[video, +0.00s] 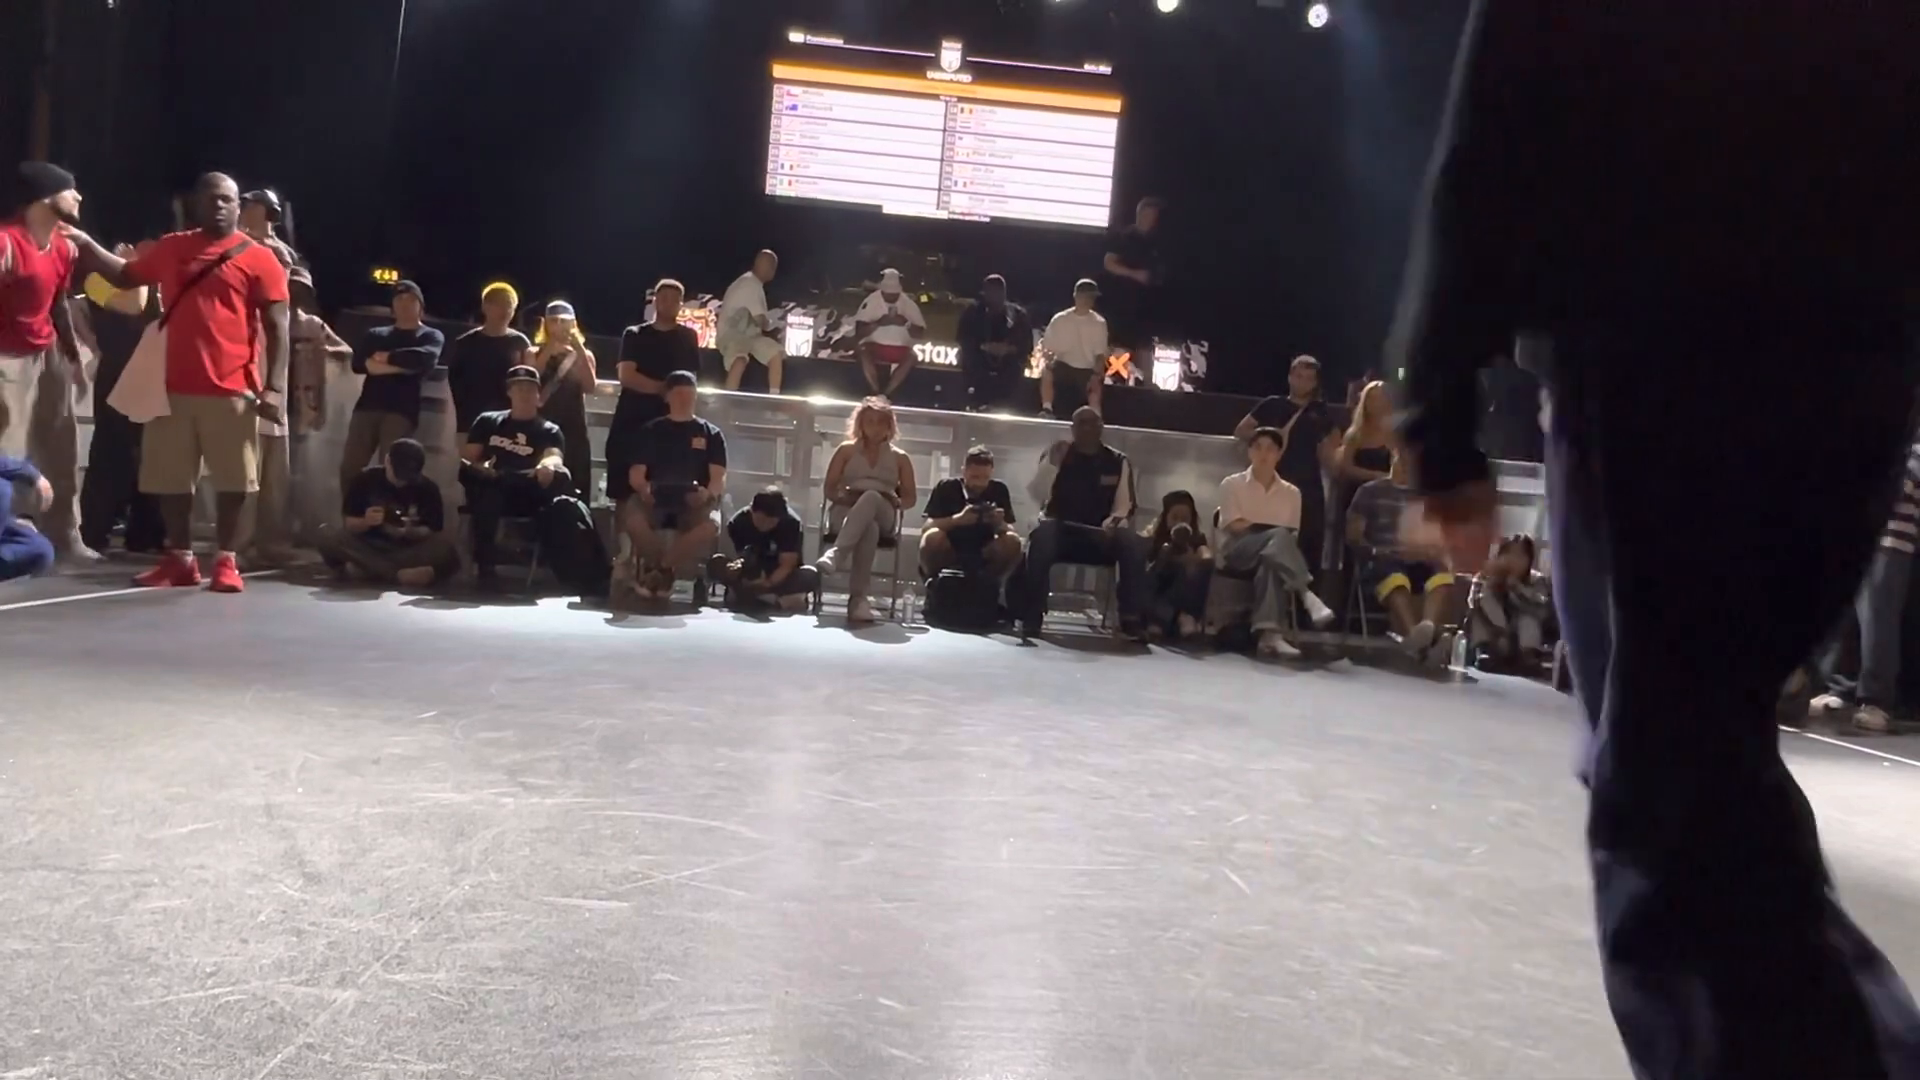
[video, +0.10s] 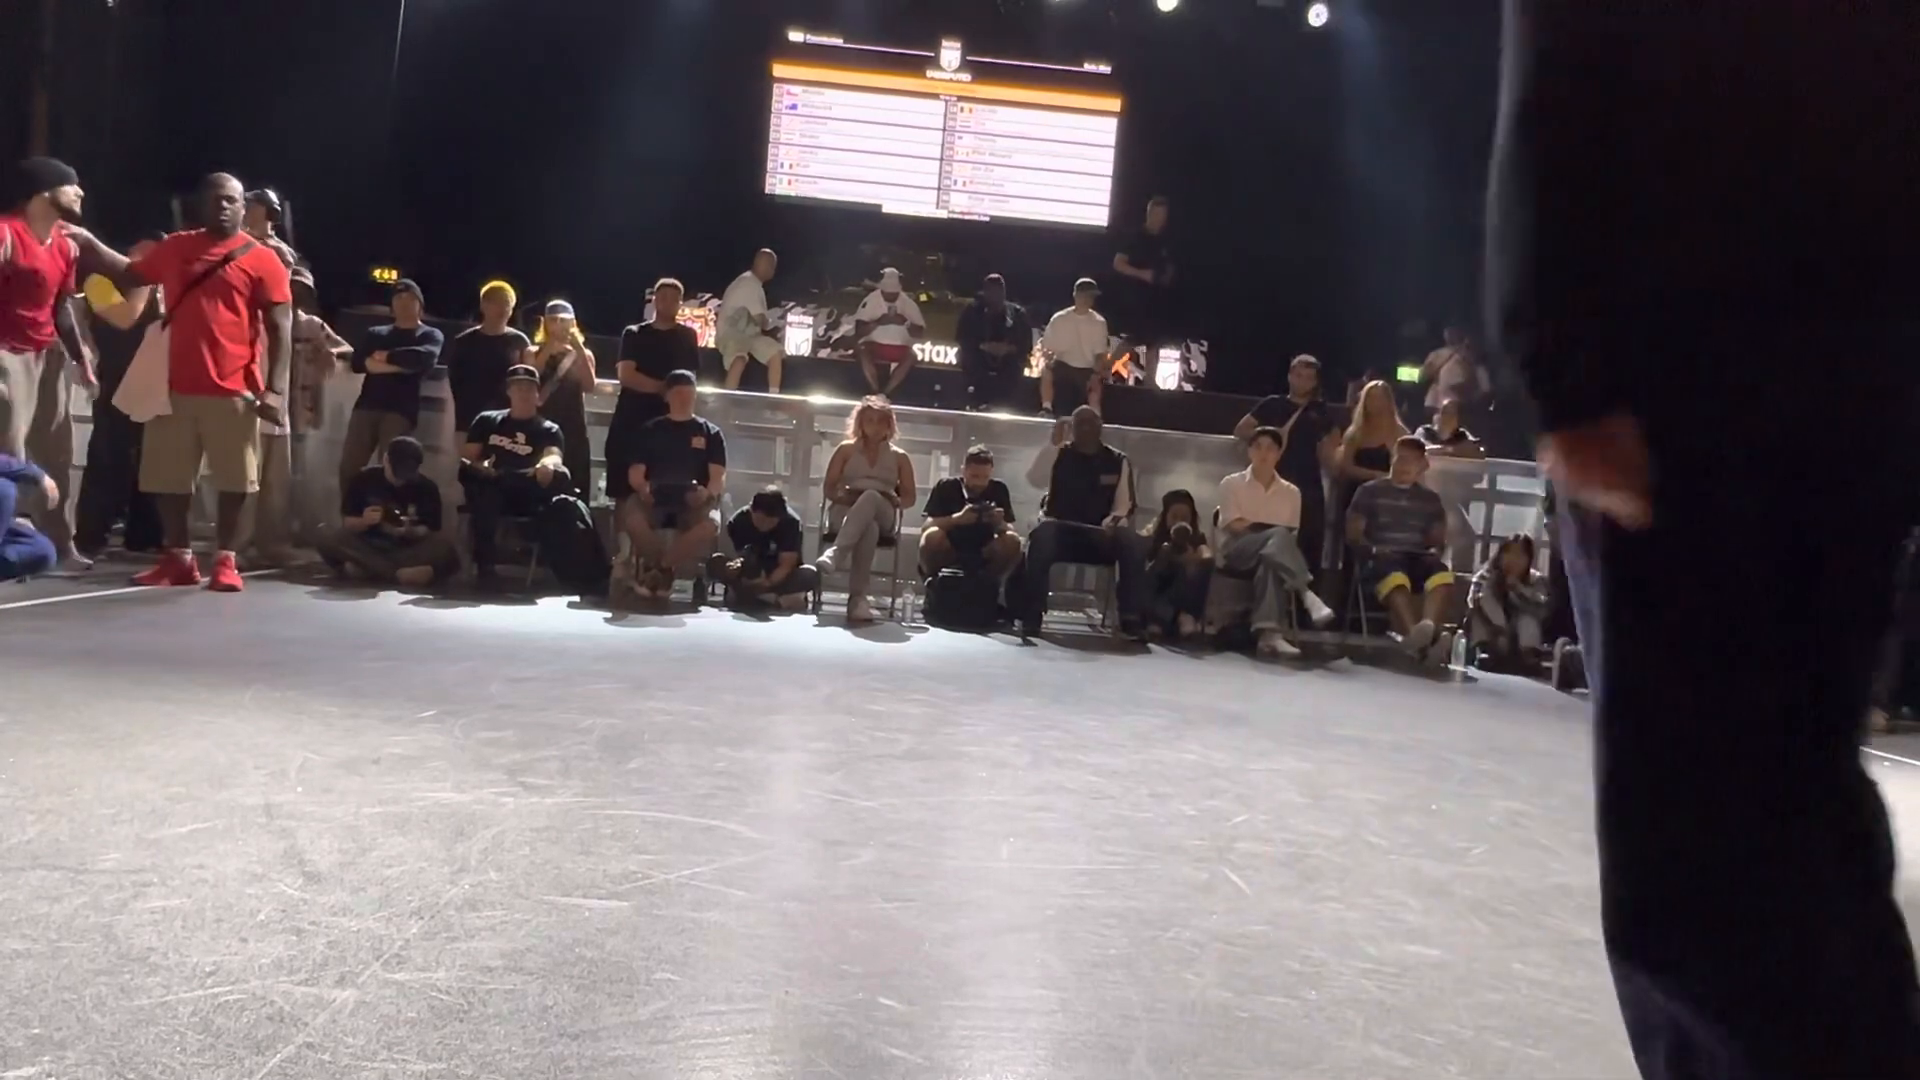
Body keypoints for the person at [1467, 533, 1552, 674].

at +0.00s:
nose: (1513, 562)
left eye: (1520, 557)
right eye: (1508, 556)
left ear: (1529, 561)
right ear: (1499, 559)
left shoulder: (1539, 583)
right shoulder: (1486, 583)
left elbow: (1543, 610)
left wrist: (1516, 587)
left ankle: (1529, 654)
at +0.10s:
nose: (1512, 560)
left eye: (1519, 556)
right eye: (1508, 554)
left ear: (1528, 560)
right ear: (1500, 557)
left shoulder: (1536, 581)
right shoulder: (1485, 578)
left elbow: (1542, 609)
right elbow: (1478, 602)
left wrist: (1516, 587)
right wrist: (1500, 630)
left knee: (1528, 617)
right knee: (1479, 612)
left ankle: (1529, 654)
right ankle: (1482, 650)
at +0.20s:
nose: (1512, 561)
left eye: (1520, 556)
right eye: (1508, 554)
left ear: (1528, 561)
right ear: (1499, 558)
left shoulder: (1536, 581)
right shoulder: (1484, 579)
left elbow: (1542, 609)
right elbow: (1478, 601)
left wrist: (1514, 586)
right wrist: (1500, 626)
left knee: (1527, 614)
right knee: (1479, 613)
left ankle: (1529, 653)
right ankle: (1482, 652)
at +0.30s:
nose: (1512, 562)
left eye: (1520, 557)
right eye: (1508, 555)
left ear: (1528, 562)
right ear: (1500, 559)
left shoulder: (1537, 583)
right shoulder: (1484, 580)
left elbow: (1543, 610)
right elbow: (1478, 602)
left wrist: (1514, 588)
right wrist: (1501, 628)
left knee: (1528, 614)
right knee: (1480, 613)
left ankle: (1530, 656)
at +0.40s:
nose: (1512, 562)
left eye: (1519, 557)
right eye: (1508, 555)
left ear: (1528, 562)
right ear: (1500, 559)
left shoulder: (1537, 583)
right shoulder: (1484, 580)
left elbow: (1543, 610)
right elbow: (1478, 603)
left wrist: (1514, 588)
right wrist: (1501, 629)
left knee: (1528, 615)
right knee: (1480, 614)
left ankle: (1531, 658)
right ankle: (1482, 655)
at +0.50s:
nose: (1511, 561)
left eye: (1518, 557)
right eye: (1507, 555)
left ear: (1528, 562)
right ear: (1499, 558)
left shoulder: (1537, 582)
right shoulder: (1484, 579)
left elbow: (1541, 609)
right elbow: (1478, 603)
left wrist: (1514, 587)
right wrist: (1500, 628)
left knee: (1526, 618)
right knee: (1479, 616)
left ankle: (1530, 659)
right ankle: (1482, 656)